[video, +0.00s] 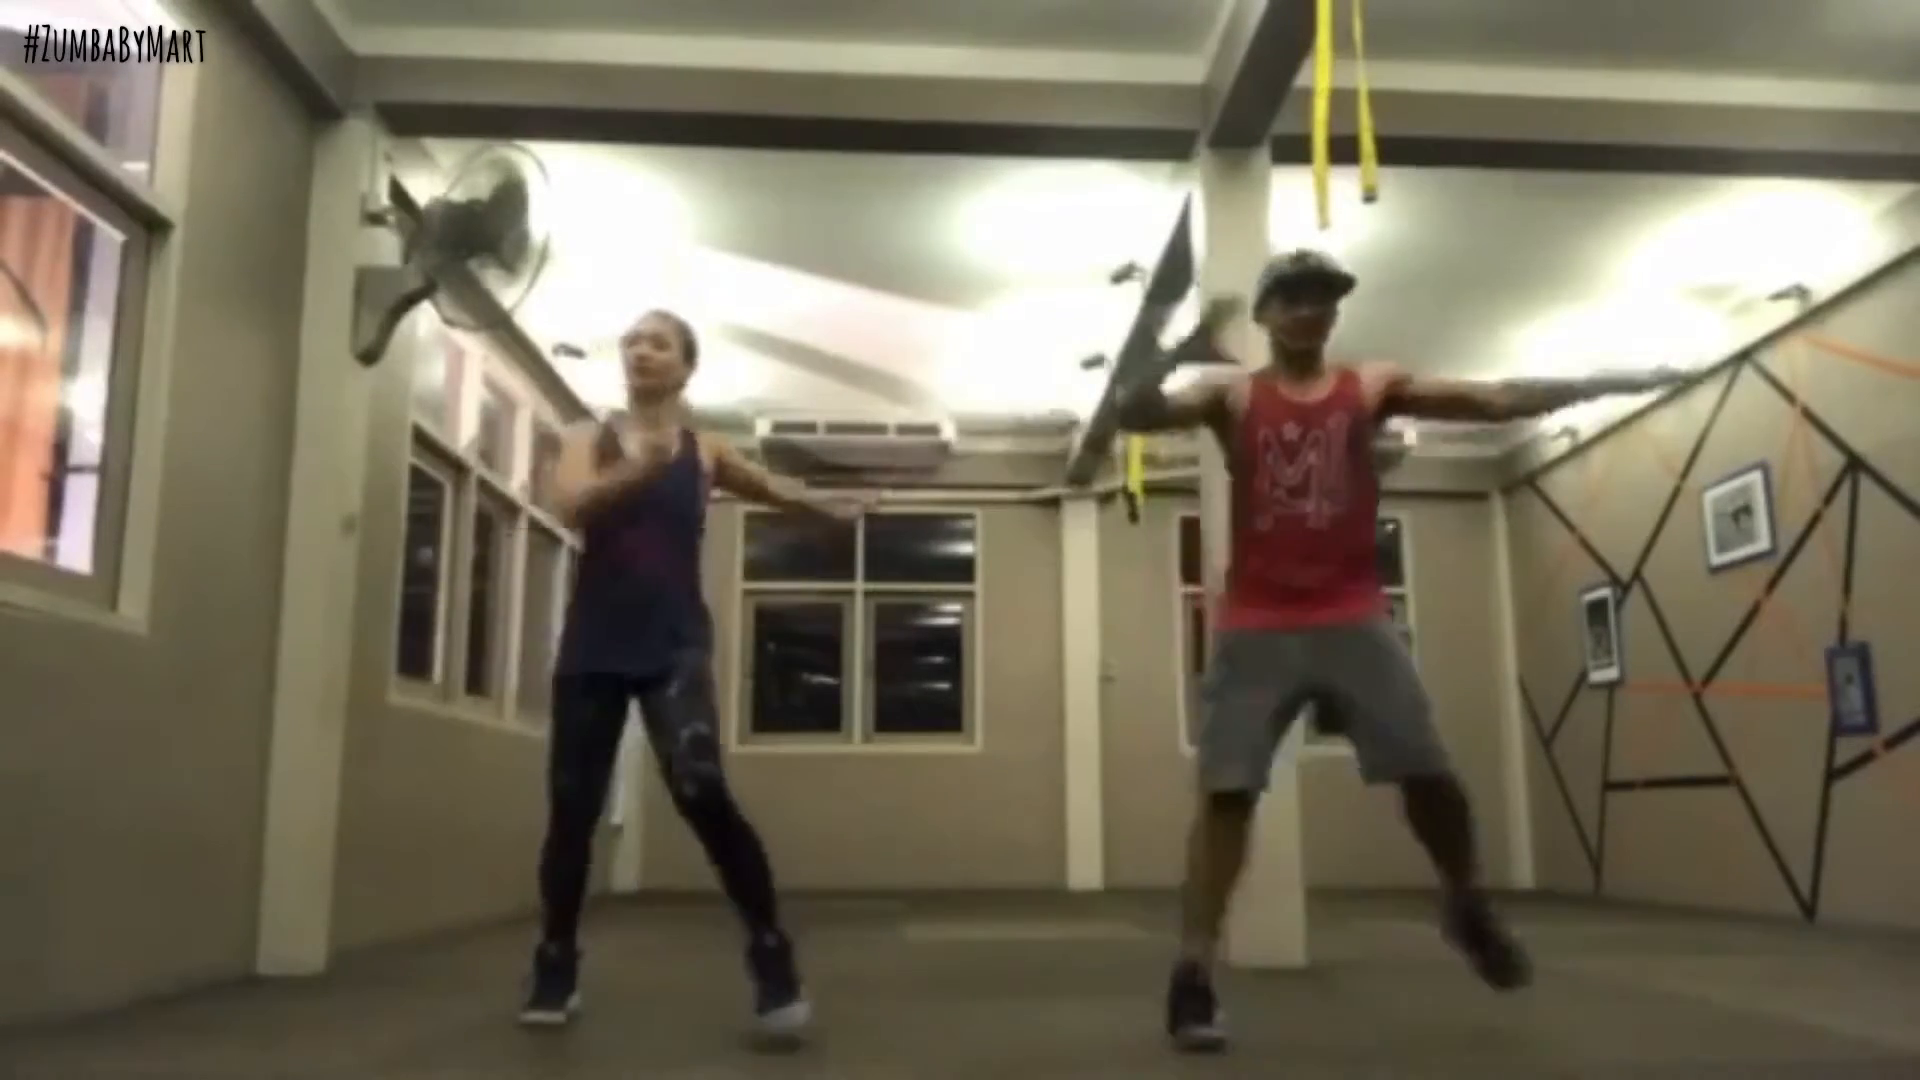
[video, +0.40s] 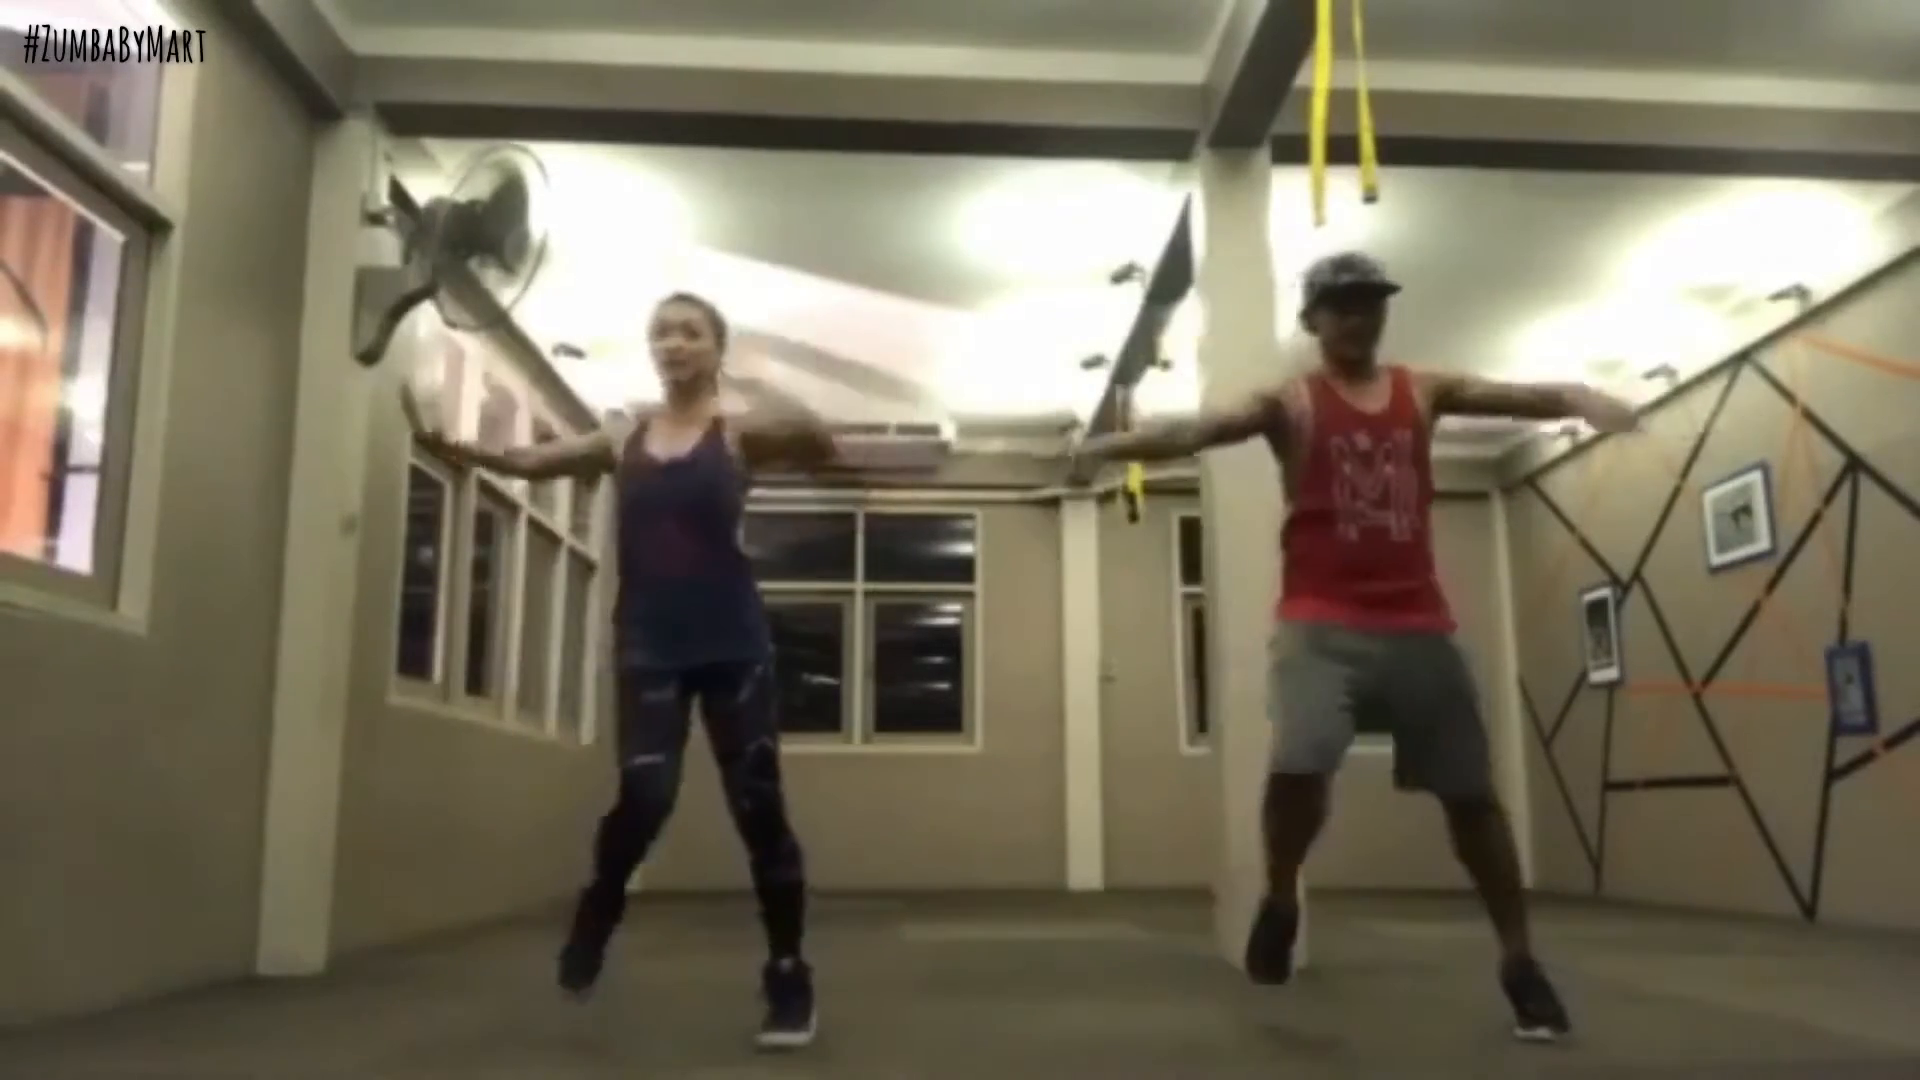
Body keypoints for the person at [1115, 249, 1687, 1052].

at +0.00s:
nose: (1308, 316)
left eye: (1320, 304)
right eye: (1293, 304)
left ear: (1336, 312)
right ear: (1263, 316)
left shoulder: (1371, 387)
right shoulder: (1230, 393)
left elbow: (1498, 401)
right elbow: (1133, 413)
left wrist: (1625, 383)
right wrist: (1154, 346)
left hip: (1354, 624)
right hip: (1258, 627)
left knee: (1430, 777)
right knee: (1227, 795)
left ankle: (1467, 912)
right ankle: (1193, 975)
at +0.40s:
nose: (1357, 324)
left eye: (1370, 310)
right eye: (1341, 310)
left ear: (1386, 315)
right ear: (1312, 319)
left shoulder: (1422, 391)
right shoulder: (1289, 403)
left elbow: (1525, 399)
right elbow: (1201, 431)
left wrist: (1587, 400)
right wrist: (1117, 445)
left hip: (1417, 622)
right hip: (1321, 622)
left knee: (1473, 799)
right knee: (1298, 767)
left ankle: (1520, 963)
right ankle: (1280, 902)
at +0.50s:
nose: (1345, 331)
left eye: (1355, 318)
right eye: (1329, 319)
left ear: (1371, 325)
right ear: (1299, 330)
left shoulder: (1404, 403)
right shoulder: (1275, 410)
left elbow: (1508, 459)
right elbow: (1169, 442)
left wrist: (1474, 406)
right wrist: (1073, 473)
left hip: (1408, 631)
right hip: (1320, 635)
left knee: (1458, 803)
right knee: (1315, 794)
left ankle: (1511, 965)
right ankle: (1266, 938)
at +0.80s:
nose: (1257, 322)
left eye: (1268, 309)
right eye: (1242, 309)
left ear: (1285, 318)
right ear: (1214, 320)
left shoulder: (1318, 403)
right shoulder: (1182, 405)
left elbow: (1430, 410)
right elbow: (1086, 428)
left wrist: (1496, 366)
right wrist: (1041, 408)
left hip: (1309, 615)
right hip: (1223, 628)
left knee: (1370, 747)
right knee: (1234, 805)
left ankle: (1396, 900)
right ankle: (1244, 969)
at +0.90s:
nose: (1226, 312)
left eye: (1240, 299)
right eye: (1213, 297)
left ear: (1257, 308)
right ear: (1189, 306)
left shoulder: (1286, 390)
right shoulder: (1150, 398)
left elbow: (1407, 400)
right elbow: (1040, 419)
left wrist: (1513, 370)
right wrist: (1078, 345)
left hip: (1277, 598)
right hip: (1194, 614)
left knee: (1279, 735)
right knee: (1222, 803)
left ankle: (1301, 900)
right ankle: (1240, 970)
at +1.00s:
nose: (1201, 320)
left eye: (1213, 308)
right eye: (1187, 307)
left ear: (1227, 317)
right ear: (1159, 316)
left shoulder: (1257, 397)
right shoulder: (1125, 408)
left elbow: (1362, 409)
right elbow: (1011, 427)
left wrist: (1440, 415)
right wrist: (1081, 389)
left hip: (1248, 605)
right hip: (1166, 618)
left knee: (1211, 767)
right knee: (1208, 790)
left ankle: (1207, 947)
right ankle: (1241, 970)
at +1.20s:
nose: (1150, 326)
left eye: (1163, 312)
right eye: (1137, 310)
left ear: (1181, 319)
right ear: (1113, 317)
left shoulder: (1218, 401)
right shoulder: (1078, 403)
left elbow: (1336, 416)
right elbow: (982, 411)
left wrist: (1458, 422)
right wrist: (964, 393)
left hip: (1193, 622)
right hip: (1104, 625)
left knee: (1164, 789)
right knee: (1069, 795)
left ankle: (1150, 983)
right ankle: (1177, 931)